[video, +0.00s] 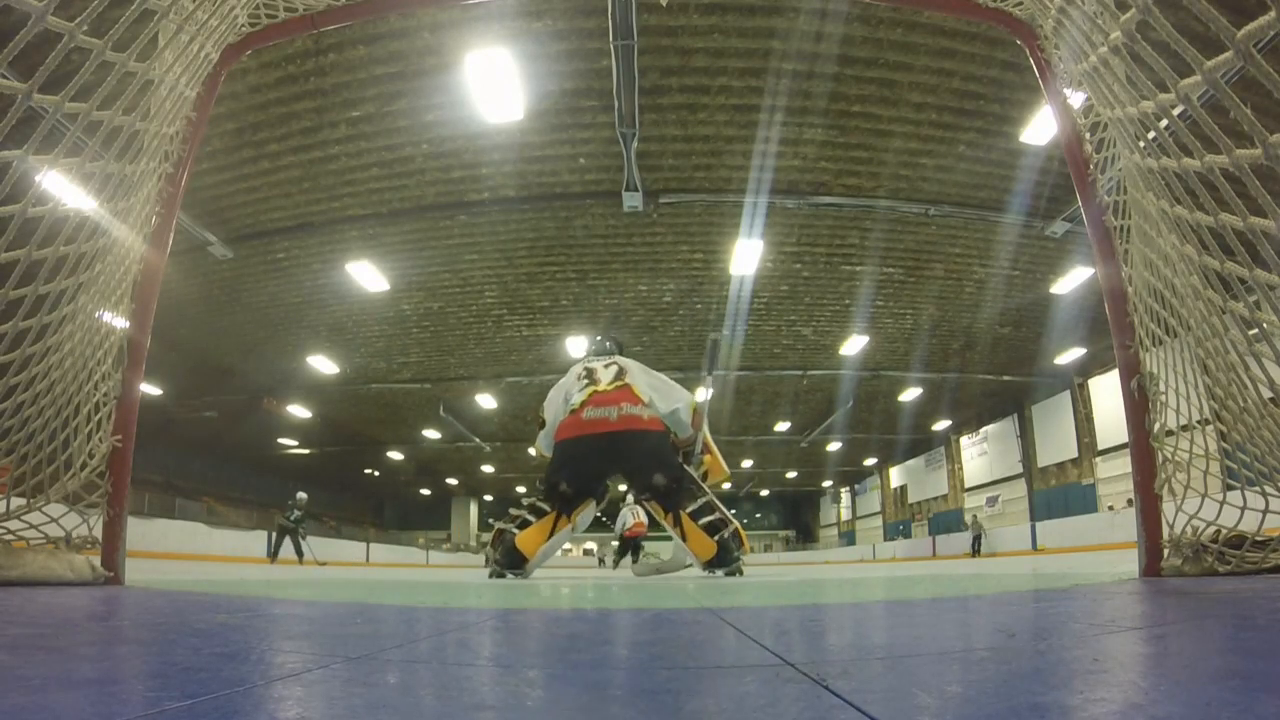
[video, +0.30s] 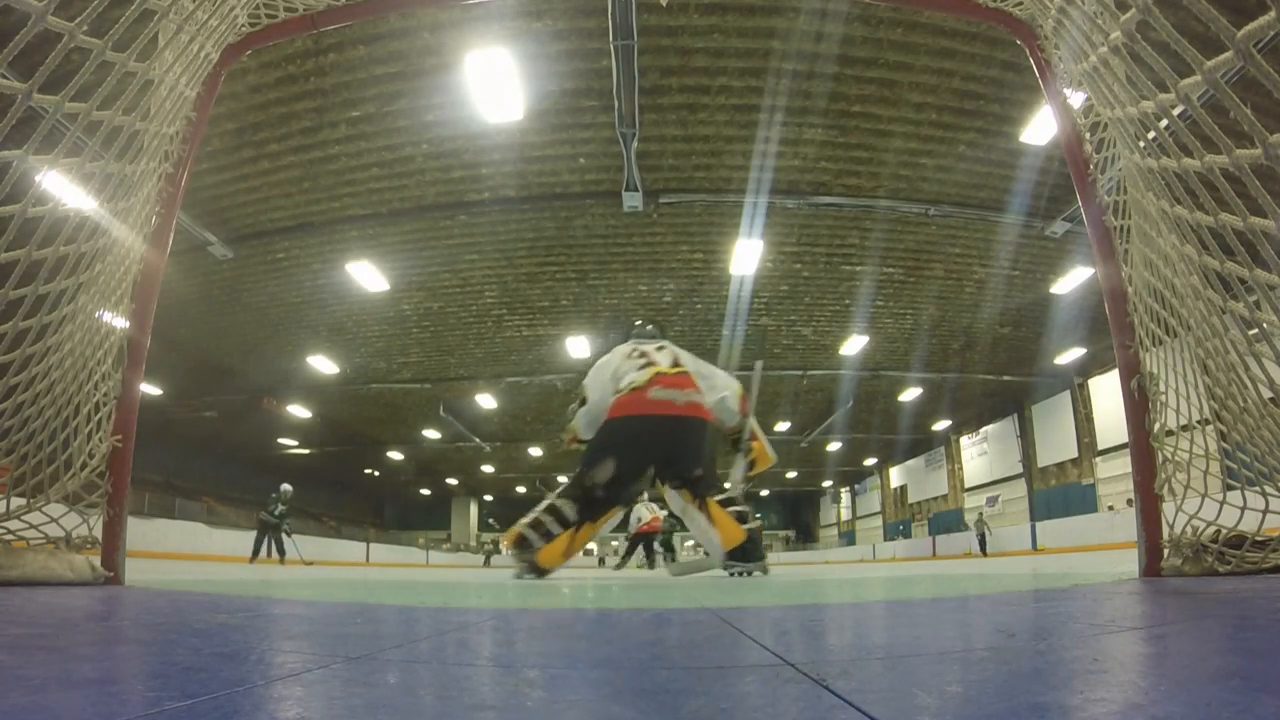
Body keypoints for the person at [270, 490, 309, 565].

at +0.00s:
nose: (301, 504)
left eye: (303, 502)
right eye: (299, 502)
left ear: (305, 502)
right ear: (296, 500)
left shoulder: (304, 512)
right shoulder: (289, 506)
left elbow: (302, 523)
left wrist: (302, 532)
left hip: (293, 527)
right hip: (283, 525)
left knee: (296, 543)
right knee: (278, 542)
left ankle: (300, 558)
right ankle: (273, 557)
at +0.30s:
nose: (286, 496)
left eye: (288, 494)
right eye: (284, 494)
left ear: (290, 494)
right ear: (281, 493)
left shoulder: (288, 505)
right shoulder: (273, 498)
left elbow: (285, 517)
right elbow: (270, 510)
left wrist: (286, 526)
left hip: (276, 523)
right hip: (265, 520)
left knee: (278, 539)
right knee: (260, 538)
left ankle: (282, 556)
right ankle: (254, 555)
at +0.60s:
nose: (272, 489)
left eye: (273, 486)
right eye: (270, 486)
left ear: (275, 486)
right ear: (266, 484)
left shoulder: (270, 497)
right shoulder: (256, 491)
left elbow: (270, 512)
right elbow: (253, 504)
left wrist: (271, 524)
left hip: (258, 519)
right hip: (245, 516)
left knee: (260, 537)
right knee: (237, 536)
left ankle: (264, 556)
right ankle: (231, 555)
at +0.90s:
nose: (259, 479)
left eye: (260, 476)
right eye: (258, 475)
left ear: (258, 475)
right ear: (252, 473)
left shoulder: (254, 488)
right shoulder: (238, 480)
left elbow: (253, 505)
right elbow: (238, 495)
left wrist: (256, 520)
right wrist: (250, 500)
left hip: (240, 511)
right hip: (226, 508)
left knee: (244, 532)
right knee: (218, 530)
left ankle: (248, 554)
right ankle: (211, 553)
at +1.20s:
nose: (243, 465)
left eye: (244, 462)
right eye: (242, 461)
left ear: (244, 461)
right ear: (235, 459)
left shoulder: (237, 476)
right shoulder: (221, 466)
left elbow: (237, 496)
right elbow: (219, 484)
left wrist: (241, 512)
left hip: (221, 503)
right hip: (205, 500)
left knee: (226, 530)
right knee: (196, 526)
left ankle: (231, 552)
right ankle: (189, 551)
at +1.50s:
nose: (222, 445)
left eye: (223, 442)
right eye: (221, 441)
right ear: (212, 439)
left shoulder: (216, 460)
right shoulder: (193, 449)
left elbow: (215, 482)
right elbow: (190, 469)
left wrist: (218, 499)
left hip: (197, 492)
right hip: (179, 488)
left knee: (201, 520)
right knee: (166, 516)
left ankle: (208, 549)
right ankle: (156, 547)